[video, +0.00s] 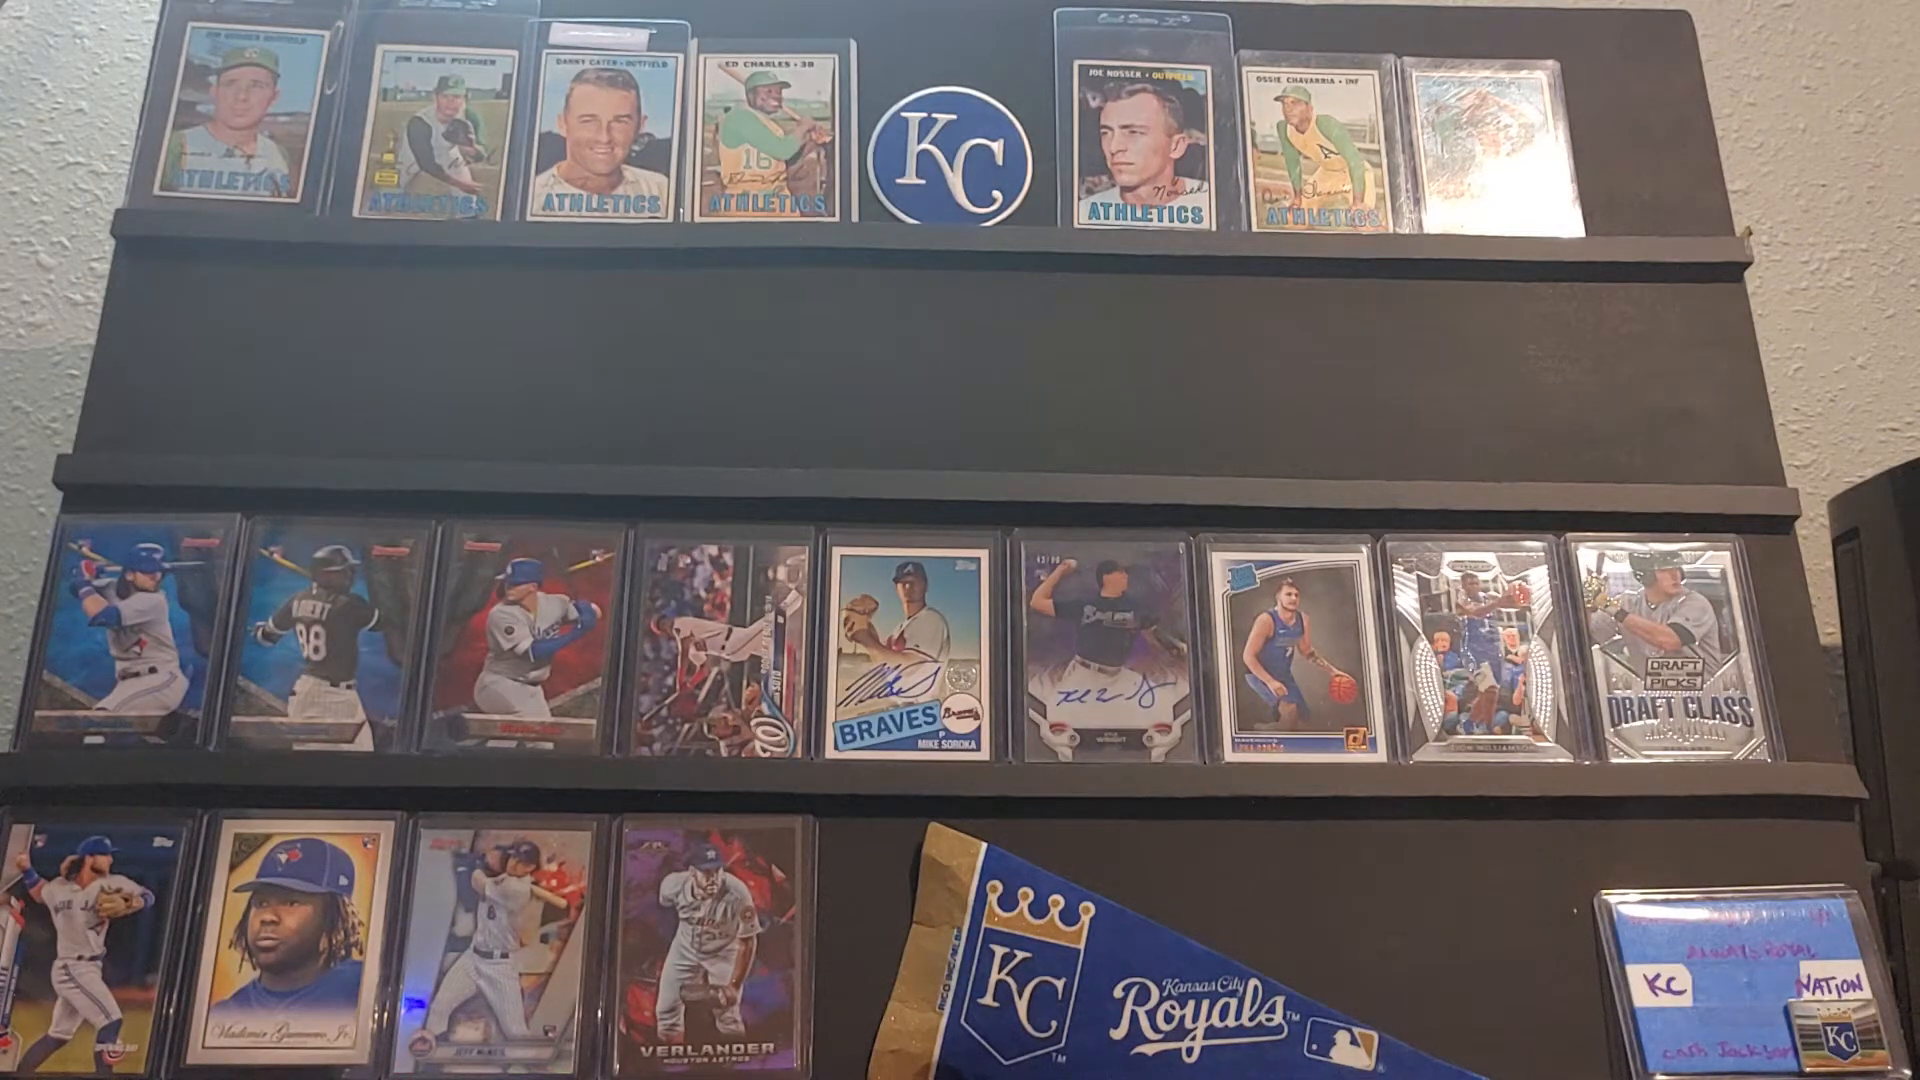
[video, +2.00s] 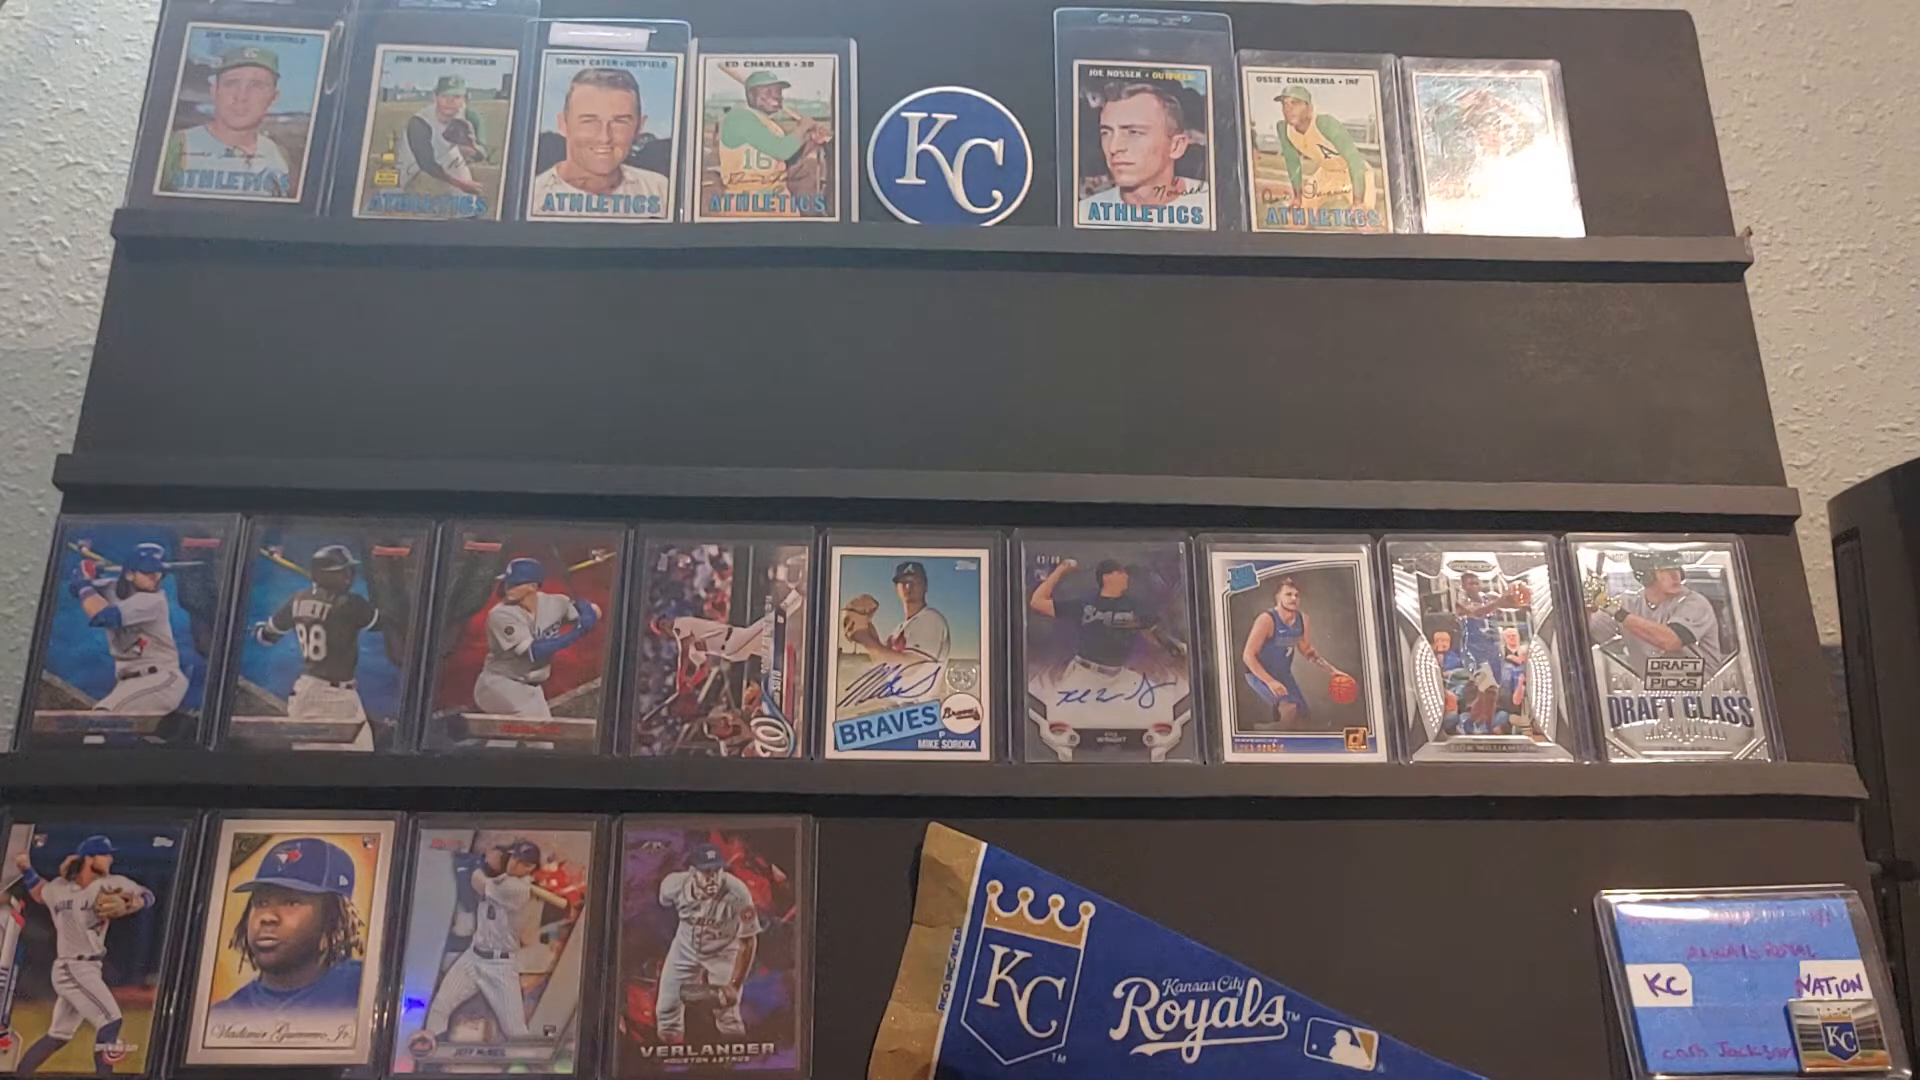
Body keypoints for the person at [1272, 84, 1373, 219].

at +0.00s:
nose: (1288, 109)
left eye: (1294, 103)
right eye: (1284, 104)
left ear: (1309, 107)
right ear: (1281, 107)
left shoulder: (1326, 124)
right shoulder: (1284, 129)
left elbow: (1355, 161)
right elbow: (1293, 163)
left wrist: (1358, 202)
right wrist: (1297, 197)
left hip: (1354, 173)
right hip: (1327, 172)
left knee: (1361, 220)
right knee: (1301, 208)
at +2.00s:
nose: (1288, 109)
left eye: (1294, 103)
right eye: (1285, 104)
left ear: (1308, 107)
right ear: (1282, 108)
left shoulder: (1326, 123)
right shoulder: (1283, 128)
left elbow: (1355, 160)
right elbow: (1292, 162)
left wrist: (1358, 203)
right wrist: (1297, 197)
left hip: (1354, 172)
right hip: (1326, 172)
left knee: (1361, 219)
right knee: (1304, 210)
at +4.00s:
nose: (1288, 110)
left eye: (1294, 103)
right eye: (1284, 105)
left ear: (1308, 107)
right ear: (1281, 108)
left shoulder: (1327, 124)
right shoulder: (1283, 128)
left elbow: (1355, 160)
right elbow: (1293, 163)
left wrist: (1357, 202)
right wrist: (1297, 197)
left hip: (1355, 174)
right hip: (1327, 173)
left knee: (1360, 220)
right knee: (1301, 212)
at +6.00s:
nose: (1288, 109)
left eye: (1294, 103)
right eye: (1284, 104)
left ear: (1308, 106)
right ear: (1281, 107)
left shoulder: (1327, 123)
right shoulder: (1283, 128)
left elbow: (1355, 159)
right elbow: (1293, 164)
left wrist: (1358, 202)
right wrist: (1297, 198)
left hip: (1354, 172)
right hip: (1327, 172)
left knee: (1360, 219)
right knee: (1301, 209)